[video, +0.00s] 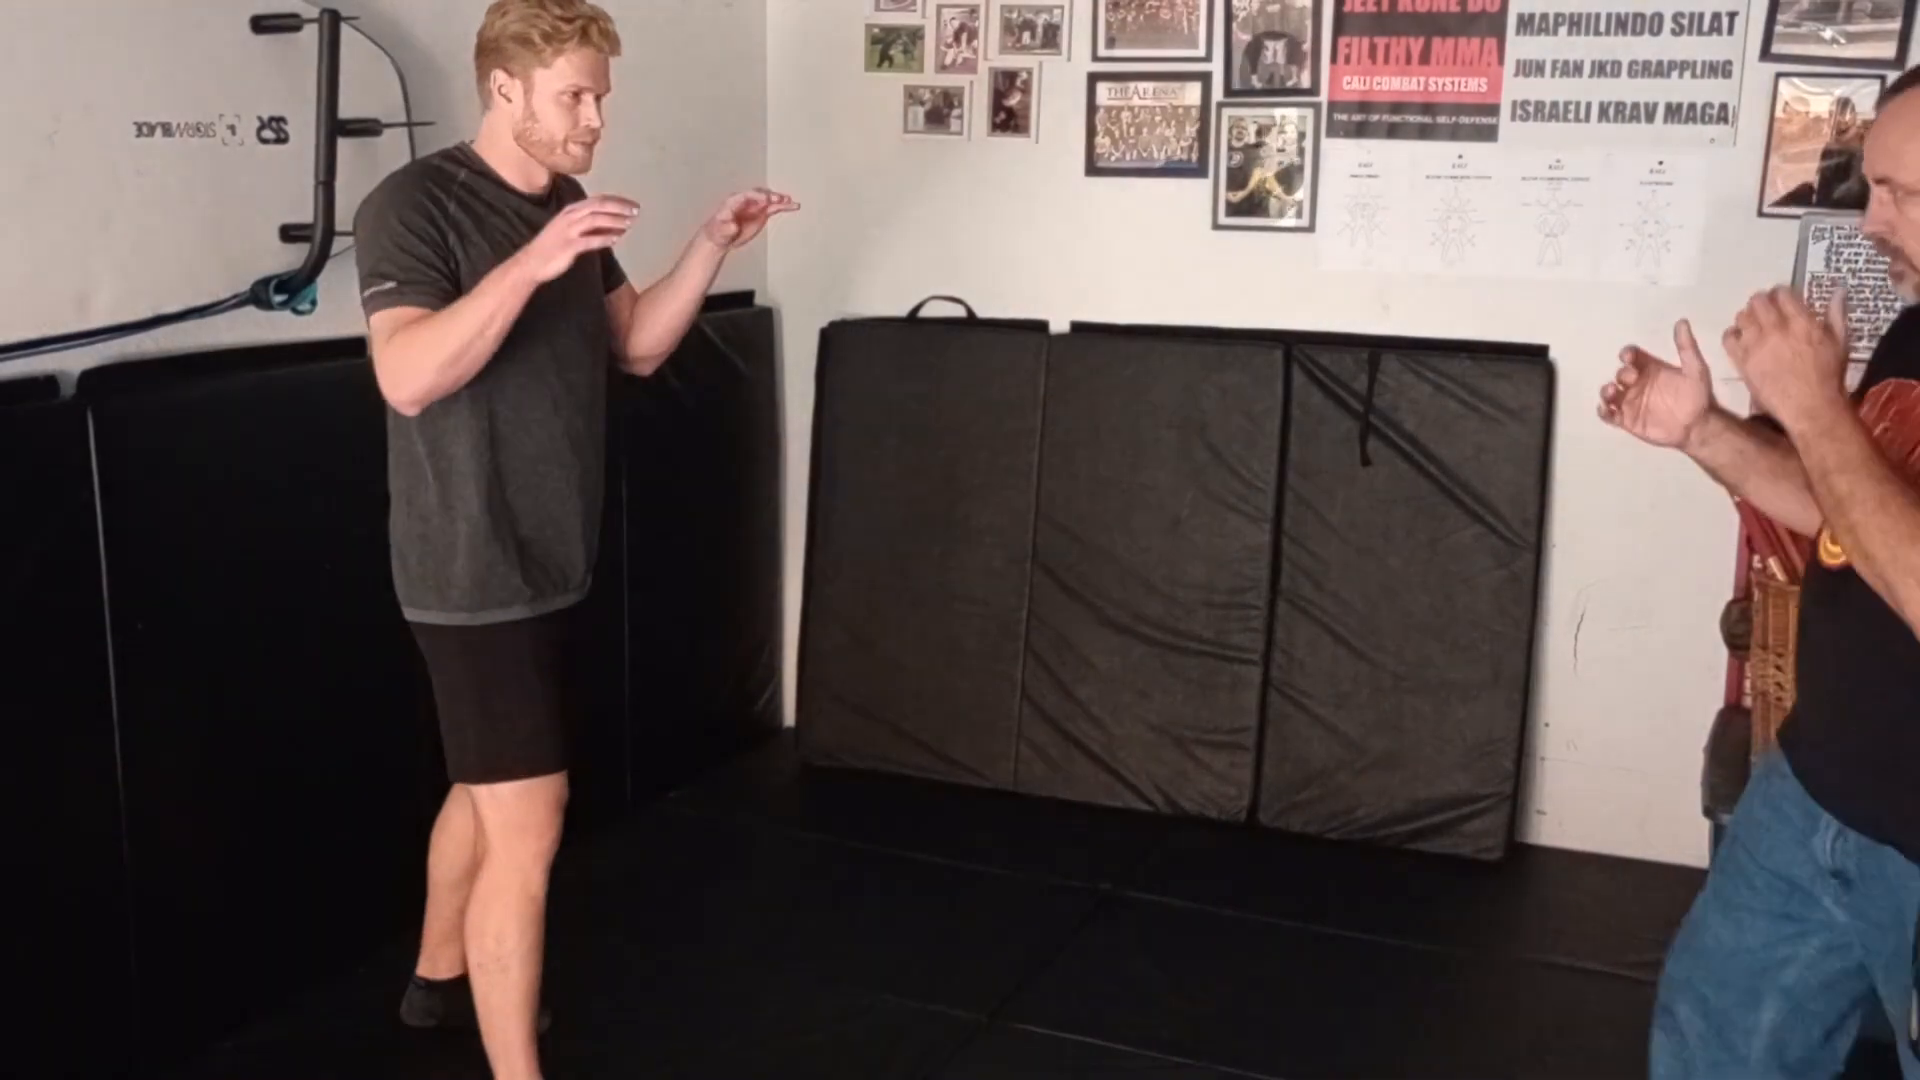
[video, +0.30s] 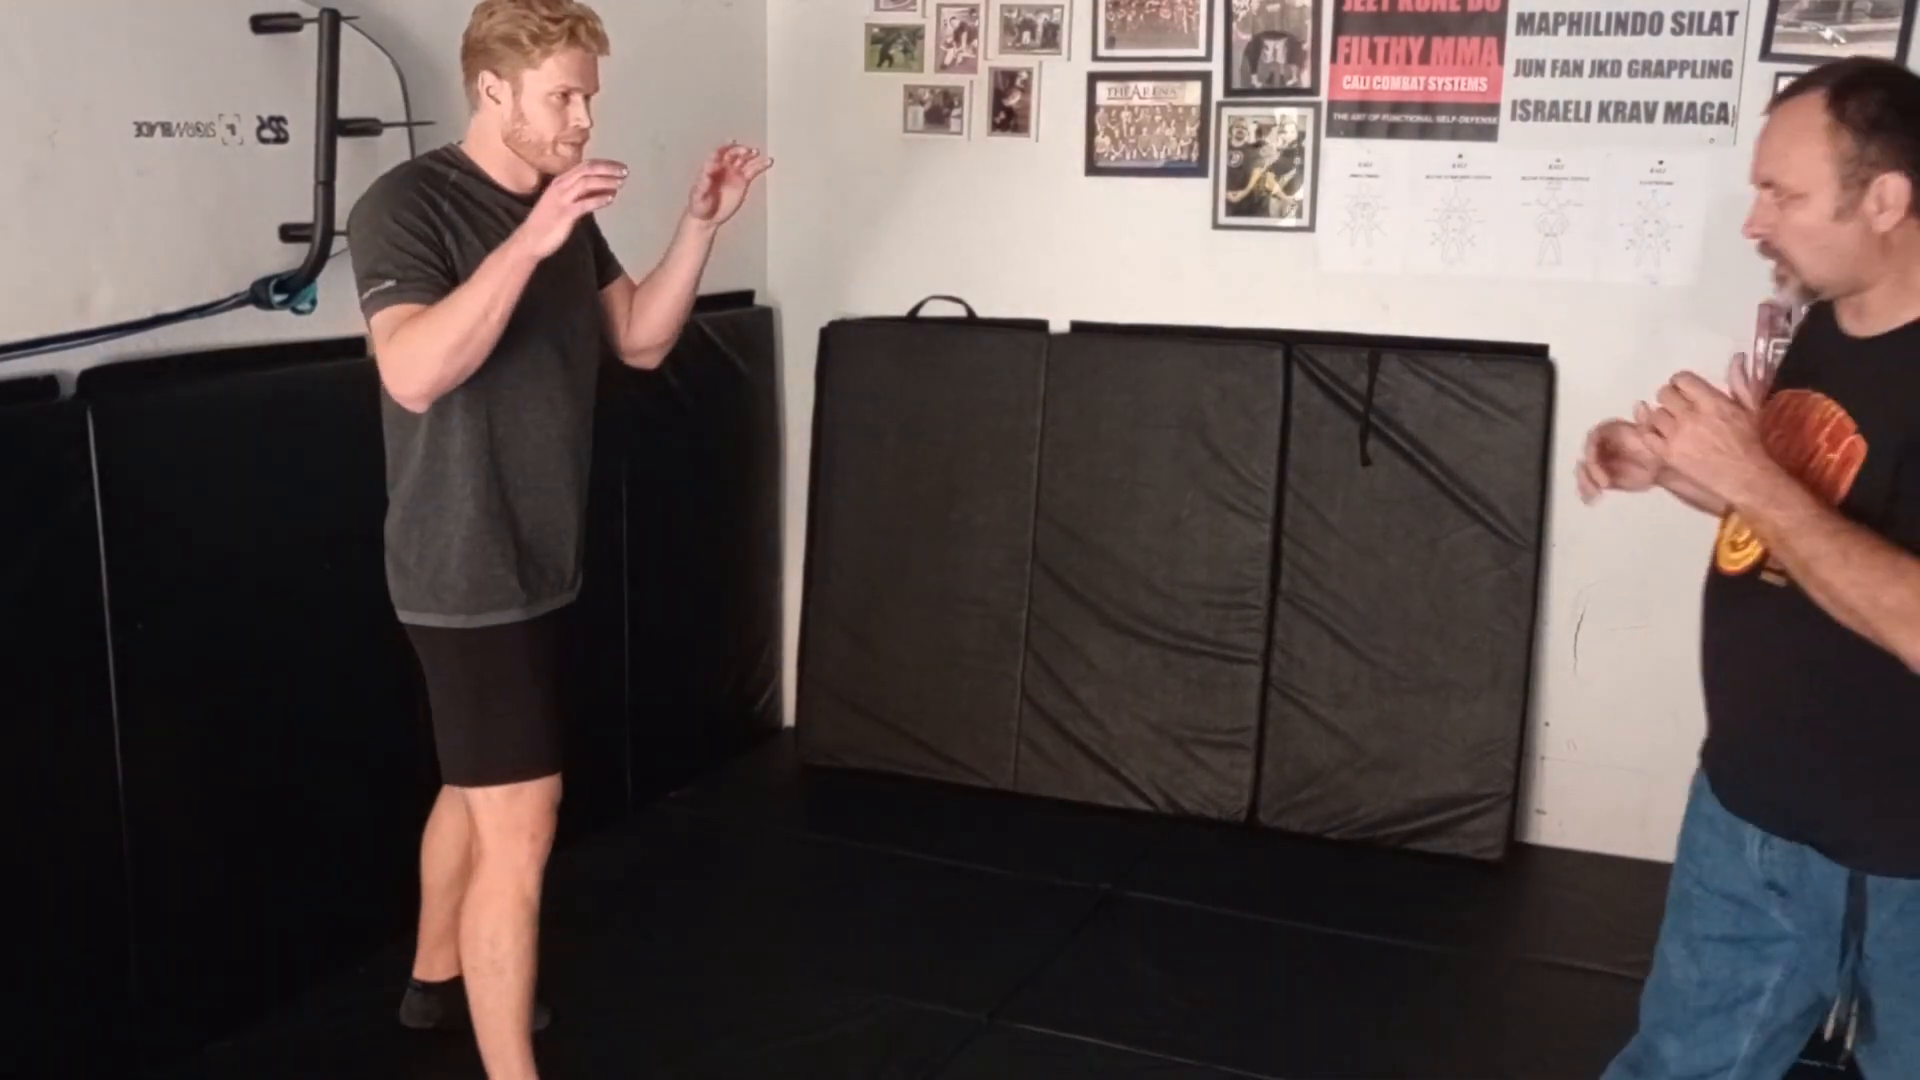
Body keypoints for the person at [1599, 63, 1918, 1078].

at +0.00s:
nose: (1873, 222)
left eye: (1895, 191)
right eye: (1870, 189)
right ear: (1868, 192)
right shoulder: (1903, 339)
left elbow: (1908, 586)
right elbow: (1838, 511)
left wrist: (1812, 407)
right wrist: (1706, 428)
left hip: (1913, 860)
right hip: (1813, 795)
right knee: (1715, 1045)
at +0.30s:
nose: (1753, 224)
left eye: (1781, 196)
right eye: (1758, 192)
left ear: (1886, 202)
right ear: (1871, 203)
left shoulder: (1915, 357)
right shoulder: (1821, 326)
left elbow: (1908, 622)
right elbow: (1818, 510)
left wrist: (1755, 481)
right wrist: (1682, 466)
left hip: (1903, 853)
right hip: (1752, 809)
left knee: (1899, 1062)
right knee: (1684, 1059)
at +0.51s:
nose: (1643, 230)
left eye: (1664, 201)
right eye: (1644, 200)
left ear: (1763, 200)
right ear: (1752, 202)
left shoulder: (1895, 337)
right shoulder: (1700, 329)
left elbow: (1829, 588)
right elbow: (1655, 510)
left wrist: (1652, 434)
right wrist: (1539, 415)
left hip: (1842, 831)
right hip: (1673, 792)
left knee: (1819, 1065)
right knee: (1636, 1056)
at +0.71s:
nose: (1579, 234)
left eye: (1599, 206)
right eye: (1577, 206)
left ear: (1696, 199)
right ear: (1682, 203)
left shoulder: (1853, 332)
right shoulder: (1639, 329)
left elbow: (1802, 584)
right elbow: (1579, 513)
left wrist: (1608, 454)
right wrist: (1463, 427)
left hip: (1753, 825)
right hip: (1614, 792)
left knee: (1688, 1063)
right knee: (1596, 1055)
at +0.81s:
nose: (1578, 239)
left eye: (1597, 211)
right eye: (1577, 210)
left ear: (1694, 205)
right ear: (1683, 209)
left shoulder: (1850, 351)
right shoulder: (1642, 338)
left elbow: (1787, 605)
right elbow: (1589, 529)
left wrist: (1586, 465)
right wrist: (1465, 455)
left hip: (1723, 840)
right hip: (1575, 785)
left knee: (1649, 1062)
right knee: (1499, 1003)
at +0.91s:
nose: (1582, 254)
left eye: (1601, 223)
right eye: (1584, 221)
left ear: (1696, 223)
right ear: (1689, 226)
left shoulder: (1839, 386)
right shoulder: (1663, 337)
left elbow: (1737, 633)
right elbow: (1610, 545)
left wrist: (1559, 477)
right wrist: (1479, 477)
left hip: (1679, 860)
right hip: (1539, 765)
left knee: (1628, 1065)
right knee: (1376, 921)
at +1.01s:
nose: (1582, 241)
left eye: (1603, 214)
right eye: (1584, 211)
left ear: (1698, 217)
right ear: (1695, 215)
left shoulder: (1811, 376)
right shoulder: (1689, 313)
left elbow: (1645, 594)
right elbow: (1630, 467)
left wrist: (1528, 395)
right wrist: (1509, 436)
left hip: (1627, 842)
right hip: (1518, 708)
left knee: (1581, 1067)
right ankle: (1214, 1059)